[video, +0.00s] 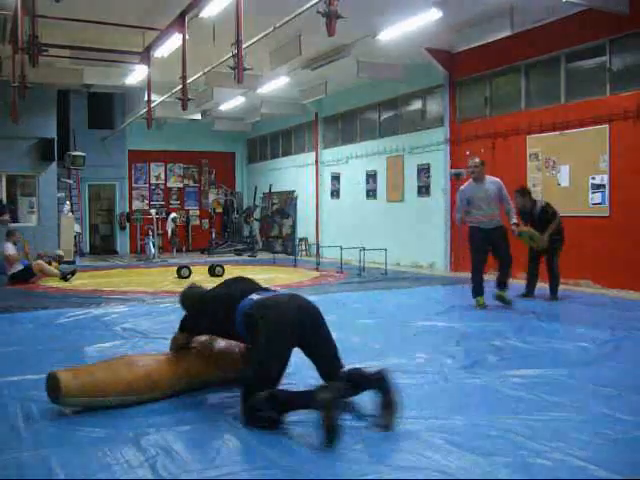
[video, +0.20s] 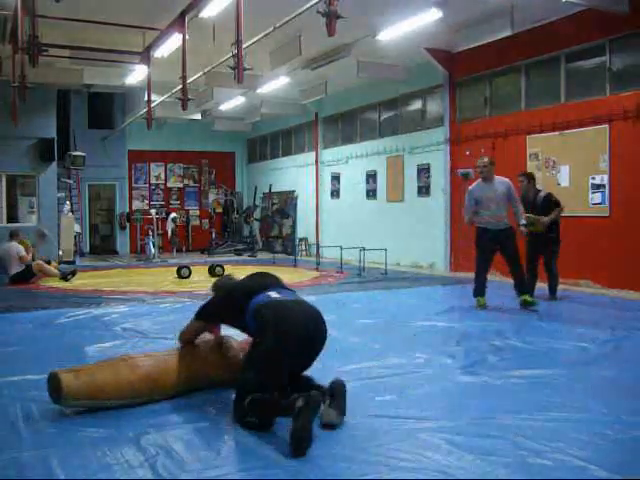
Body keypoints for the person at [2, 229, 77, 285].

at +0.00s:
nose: (19, 238)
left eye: (19, 236)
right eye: (17, 236)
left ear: (13, 237)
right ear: (12, 237)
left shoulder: (13, 246)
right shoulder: (8, 245)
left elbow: (16, 259)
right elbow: (11, 259)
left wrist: (26, 254)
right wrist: (22, 254)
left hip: (20, 272)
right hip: (15, 275)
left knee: (40, 264)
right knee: (39, 264)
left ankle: (62, 274)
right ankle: (62, 276)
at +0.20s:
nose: (21, 238)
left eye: (20, 236)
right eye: (20, 236)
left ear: (10, 237)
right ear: (17, 237)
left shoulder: (4, 246)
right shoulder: (16, 246)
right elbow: (27, 260)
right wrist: (30, 252)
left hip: (12, 276)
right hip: (18, 275)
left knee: (42, 264)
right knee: (39, 264)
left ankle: (63, 274)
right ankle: (62, 275)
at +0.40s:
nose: (23, 239)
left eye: (22, 238)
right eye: (22, 238)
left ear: (11, 237)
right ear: (20, 238)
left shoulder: (3, 245)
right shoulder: (20, 247)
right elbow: (28, 261)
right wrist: (29, 253)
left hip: (10, 277)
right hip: (19, 276)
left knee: (41, 267)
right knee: (41, 265)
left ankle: (63, 274)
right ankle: (62, 275)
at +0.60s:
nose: (18, 239)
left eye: (18, 237)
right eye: (18, 237)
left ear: (8, 237)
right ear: (15, 237)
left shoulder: (5, 246)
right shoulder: (11, 246)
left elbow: (19, 261)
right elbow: (21, 261)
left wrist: (27, 254)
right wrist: (28, 253)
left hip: (12, 276)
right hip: (14, 276)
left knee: (41, 267)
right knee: (39, 265)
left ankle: (63, 274)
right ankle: (62, 275)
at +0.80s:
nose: (16, 240)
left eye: (16, 238)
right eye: (14, 238)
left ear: (16, 239)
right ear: (8, 238)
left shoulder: (16, 246)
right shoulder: (4, 247)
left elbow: (25, 260)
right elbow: (4, 260)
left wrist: (28, 253)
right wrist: (16, 255)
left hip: (21, 272)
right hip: (13, 275)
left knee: (43, 268)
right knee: (38, 264)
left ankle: (63, 274)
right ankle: (61, 276)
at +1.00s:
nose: (16, 240)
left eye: (17, 238)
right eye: (14, 238)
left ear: (17, 238)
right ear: (8, 238)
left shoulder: (17, 247)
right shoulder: (4, 246)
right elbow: (2, 257)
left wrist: (27, 255)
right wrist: (9, 248)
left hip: (21, 272)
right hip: (13, 275)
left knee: (41, 265)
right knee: (38, 264)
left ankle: (62, 273)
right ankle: (61, 276)